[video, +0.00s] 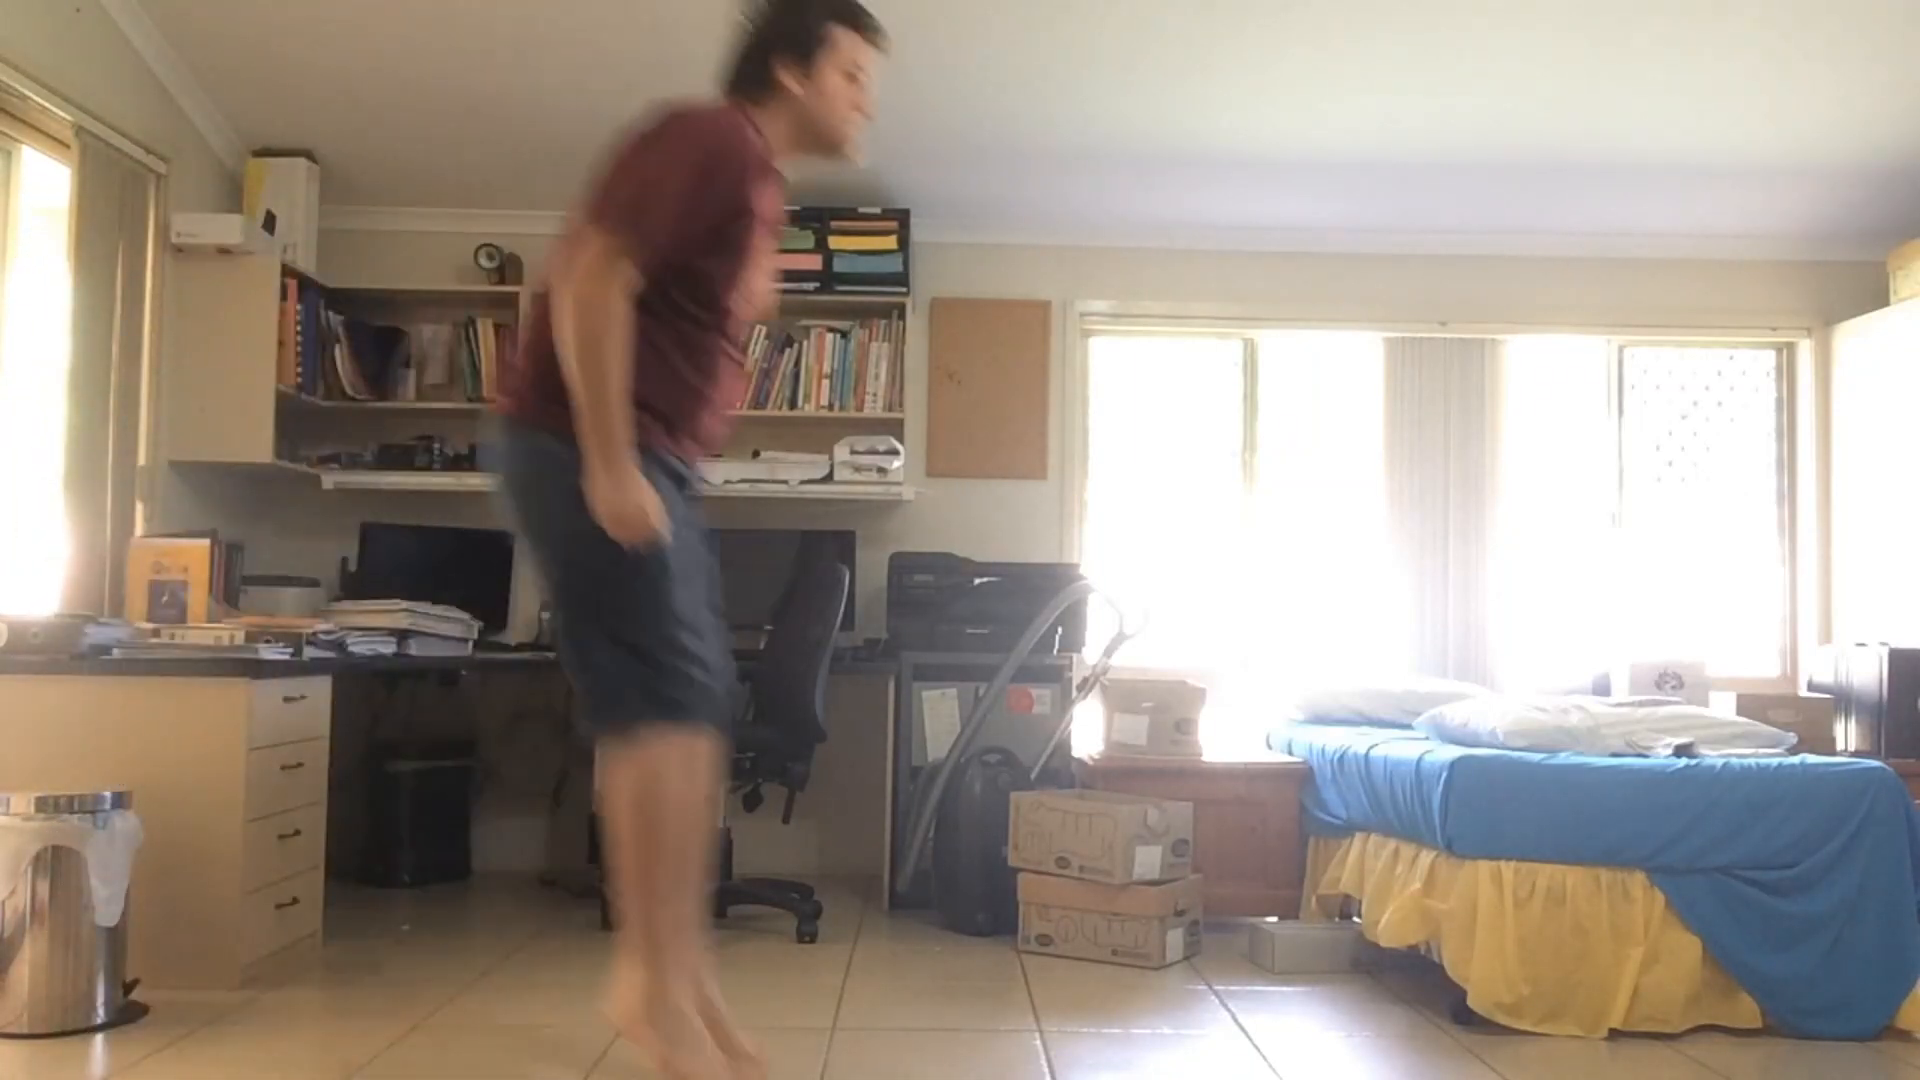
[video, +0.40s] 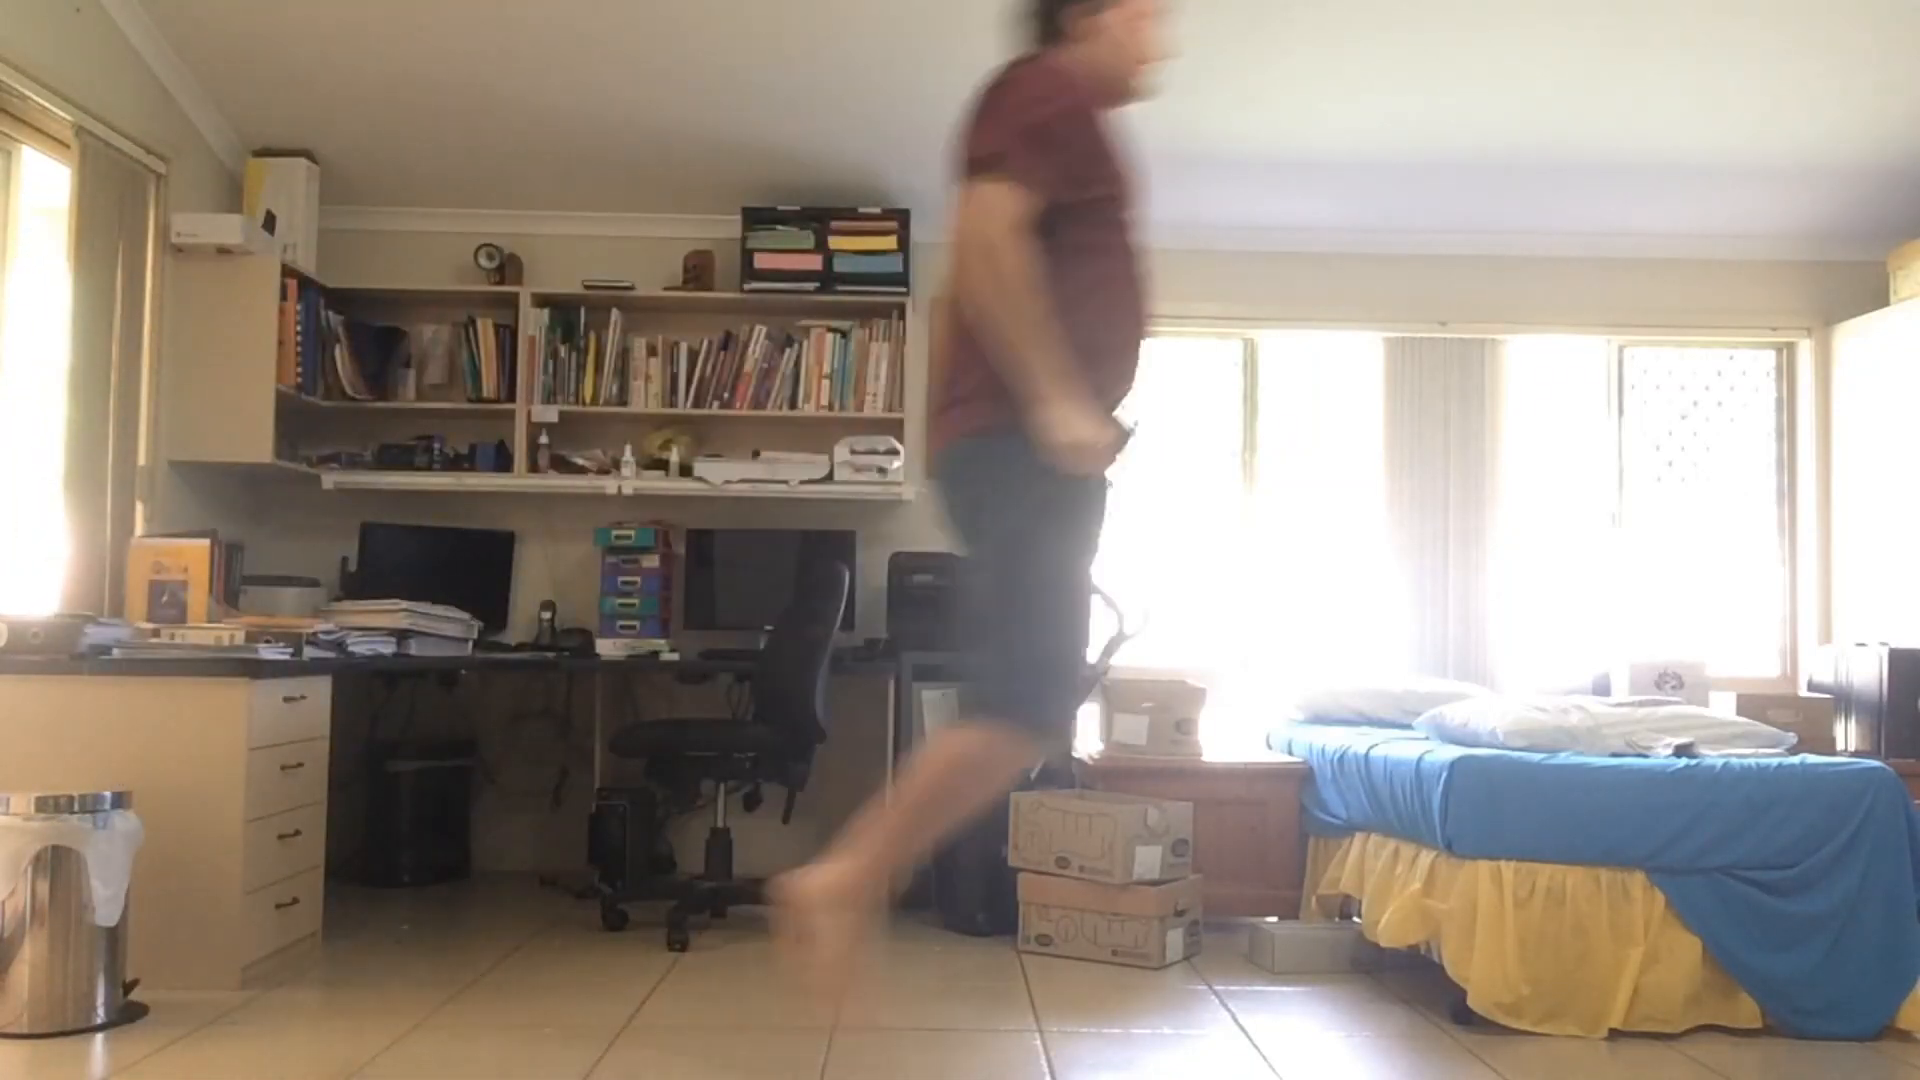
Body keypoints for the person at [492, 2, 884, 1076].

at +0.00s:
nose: (867, 104)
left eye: (870, 83)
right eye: (855, 77)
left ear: (810, 81)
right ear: (790, 69)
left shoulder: (752, 175)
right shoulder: (710, 137)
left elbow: (653, 293)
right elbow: (588, 274)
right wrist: (611, 461)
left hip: (639, 455)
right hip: (588, 449)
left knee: (659, 710)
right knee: (678, 703)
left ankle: (671, 981)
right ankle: (660, 989)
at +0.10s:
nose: (928, 171)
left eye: (927, 150)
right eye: (913, 146)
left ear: (858, 156)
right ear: (849, 150)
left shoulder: (810, 257)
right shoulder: (778, 232)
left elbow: (731, 403)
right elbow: (670, 367)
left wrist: (770, 560)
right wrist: (693, 568)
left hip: (734, 558)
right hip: (692, 559)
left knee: (770, 806)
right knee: (798, 804)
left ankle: (676, 1038)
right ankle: (657, 1045)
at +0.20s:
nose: (974, 180)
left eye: (967, 160)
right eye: (958, 161)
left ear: (907, 184)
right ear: (902, 182)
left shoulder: (879, 291)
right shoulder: (851, 278)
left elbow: (831, 447)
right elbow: (786, 435)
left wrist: (852, 612)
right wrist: (790, 625)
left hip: (822, 619)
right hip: (778, 619)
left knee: (834, 852)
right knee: (841, 858)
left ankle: (676, 1038)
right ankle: (658, 1049)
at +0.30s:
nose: (1040, 95)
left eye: (1034, 76)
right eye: (1025, 76)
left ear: (979, 92)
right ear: (973, 90)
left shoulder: (967, 194)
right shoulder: (935, 178)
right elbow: (866, 302)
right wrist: (923, 466)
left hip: (941, 522)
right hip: (908, 521)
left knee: (866, 767)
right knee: (864, 768)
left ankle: (719, 994)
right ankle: (706, 995)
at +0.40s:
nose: (1159, 42)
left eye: (1157, 22)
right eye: (1147, 20)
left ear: (1096, 22)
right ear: (1098, 19)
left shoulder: (1063, 108)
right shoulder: (1042, 88)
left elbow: (1004, 256)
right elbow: (987, 240)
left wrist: (1081, 407)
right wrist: (1062, 402)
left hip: (1034, 443)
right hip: (1013, 443)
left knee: (1027, 702)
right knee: (1026, 704)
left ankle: (843, 888)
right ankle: (835, 885)